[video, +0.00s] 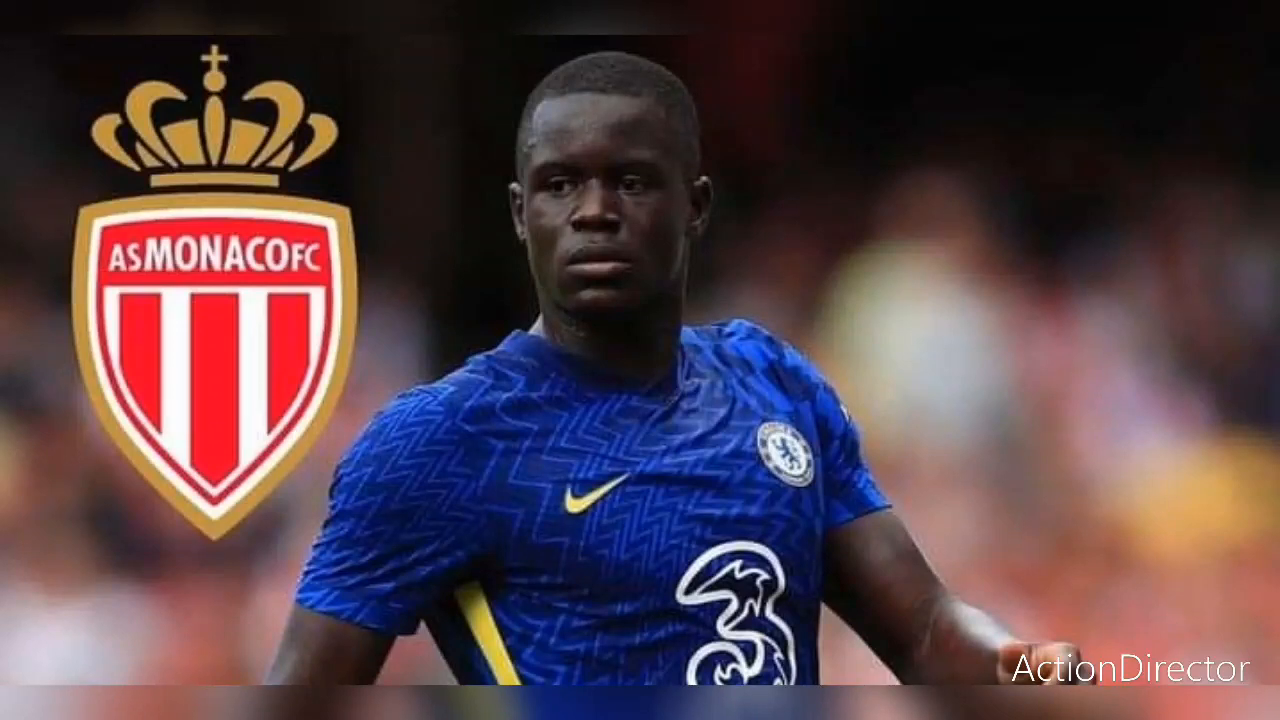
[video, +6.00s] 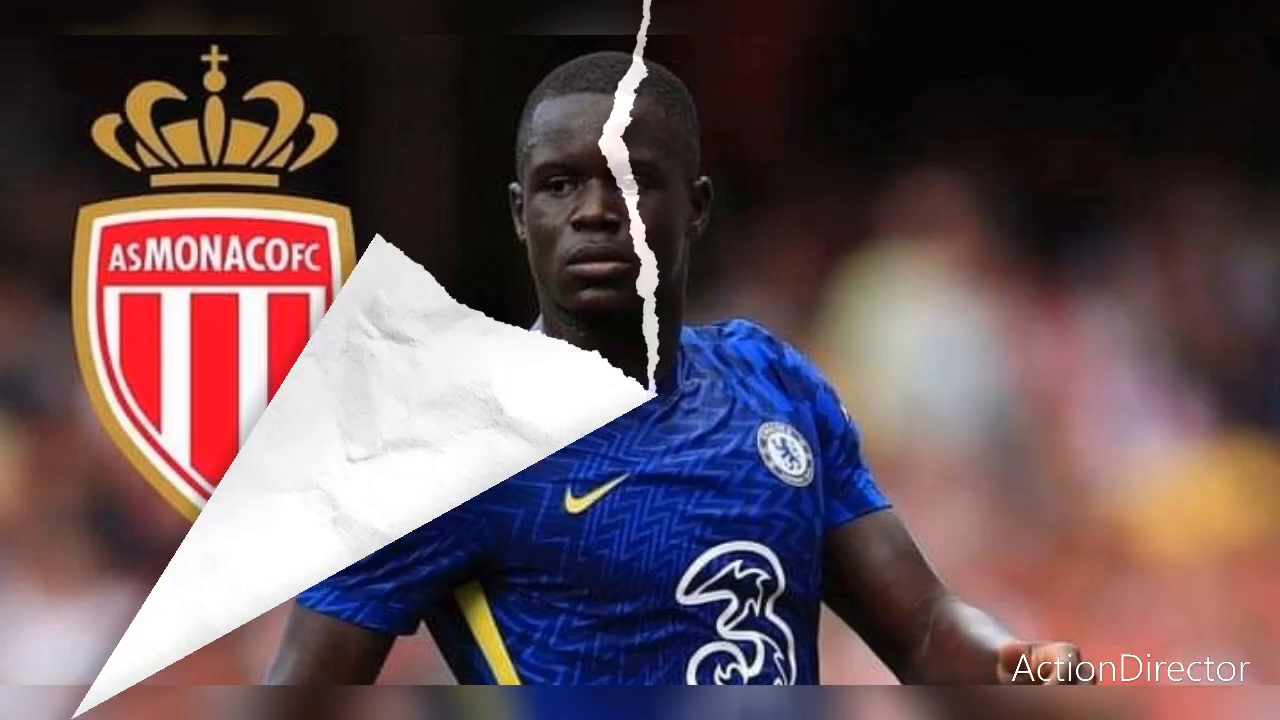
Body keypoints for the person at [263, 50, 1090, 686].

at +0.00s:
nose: (595, 209)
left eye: (633, 178)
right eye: (560, 181)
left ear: (697, 208)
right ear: (523, 215)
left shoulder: (771, 385)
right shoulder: (433, 445)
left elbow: (921, 626)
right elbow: (300, 692)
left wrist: (1021, 673)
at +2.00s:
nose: (595, 209)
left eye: (633, 179)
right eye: (560, 181)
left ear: (697, 210)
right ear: (523, 215)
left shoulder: (771, 385)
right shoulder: (437, 440)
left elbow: (921, 626)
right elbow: (297, 689)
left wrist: (1017, 673)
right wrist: (398, 694)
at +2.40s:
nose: (594, 210)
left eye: (631, 180)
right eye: (563, 181)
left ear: (697, 207)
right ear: (525, 203)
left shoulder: (774, 389)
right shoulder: (435, 442)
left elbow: (920, 626)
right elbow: (301, 691)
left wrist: (1015, 670)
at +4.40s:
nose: (595, 210)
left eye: (633, 178)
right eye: (560, 181)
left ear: (697, 209)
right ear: (522, 216)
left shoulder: (770, 385)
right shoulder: (433, 444)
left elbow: (921, 626)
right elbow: (301, 691)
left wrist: (1021, 675)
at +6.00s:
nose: (600, 209)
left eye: (636, 177)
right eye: (562, 180)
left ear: (698, 206)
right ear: (520, 213)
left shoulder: (770, 384)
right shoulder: (453, 430)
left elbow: (920, 625)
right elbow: (302, 688)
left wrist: (1021, 673)